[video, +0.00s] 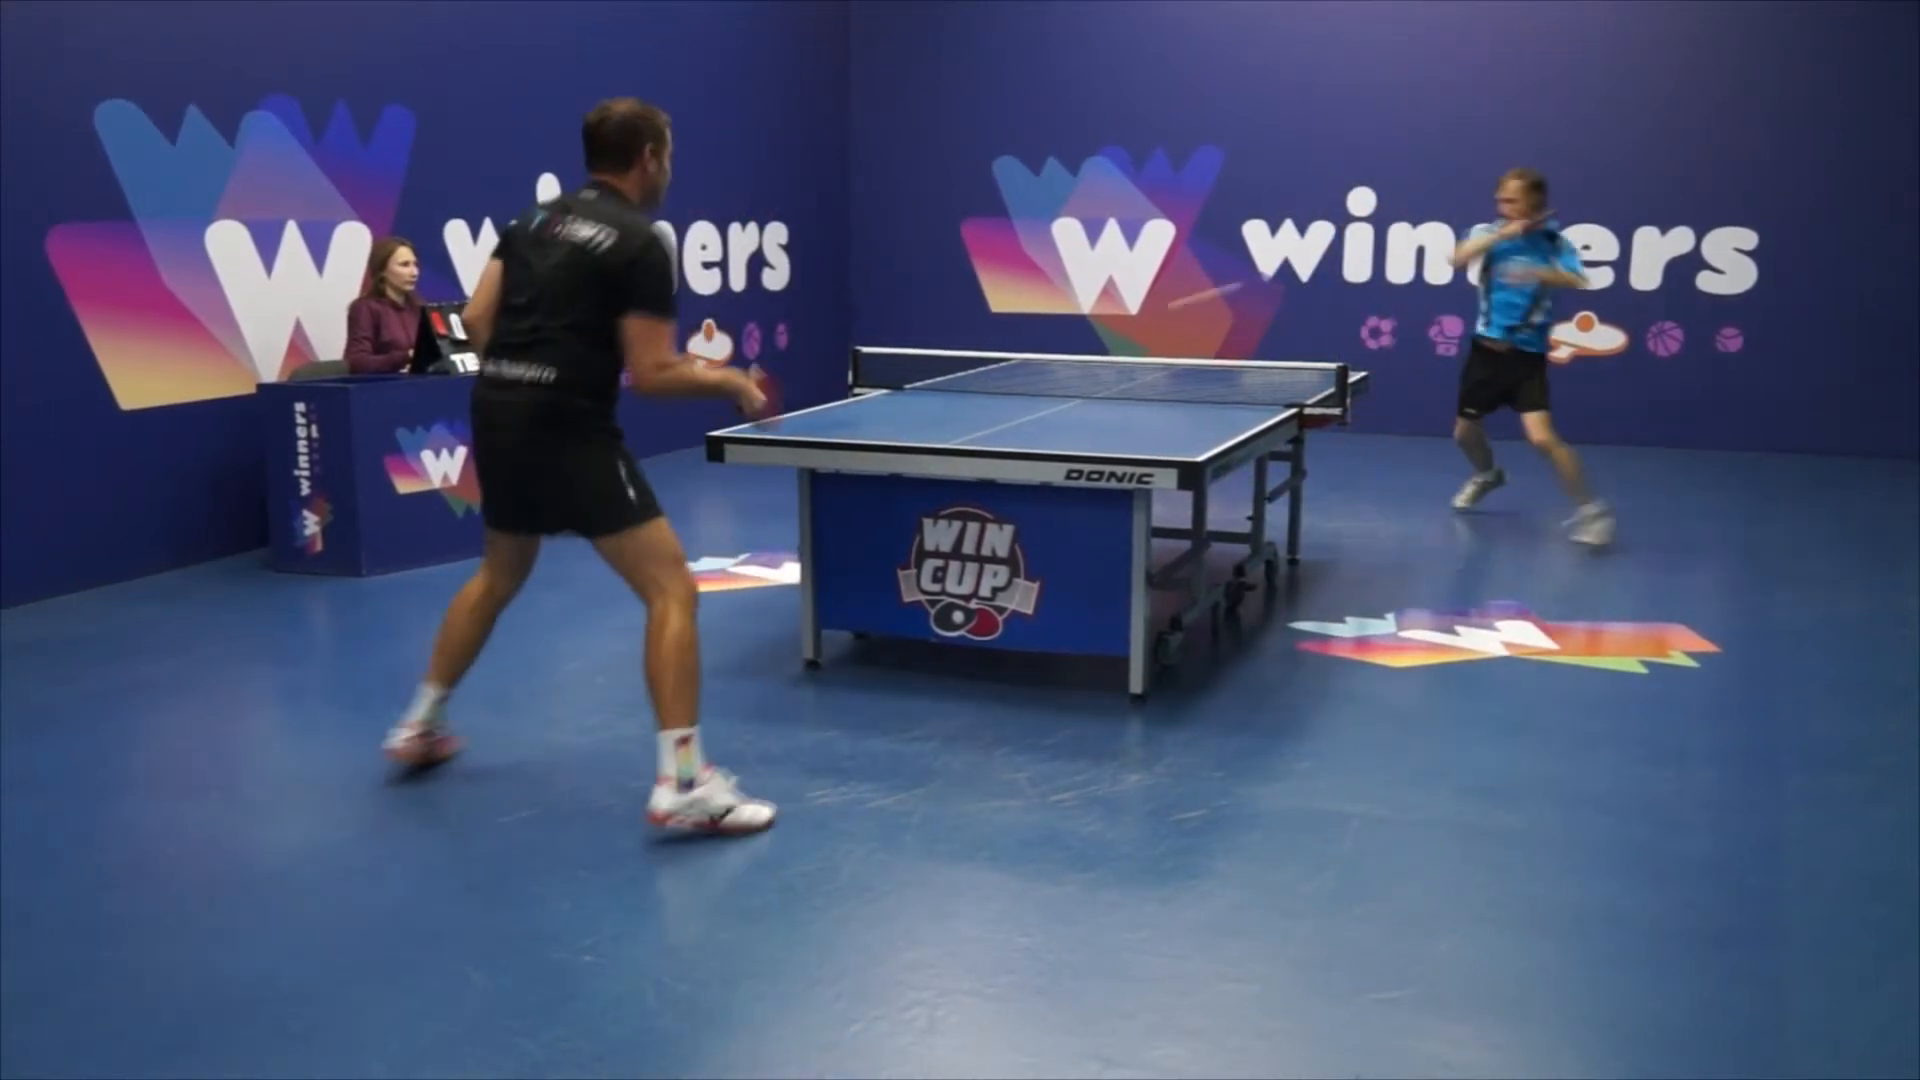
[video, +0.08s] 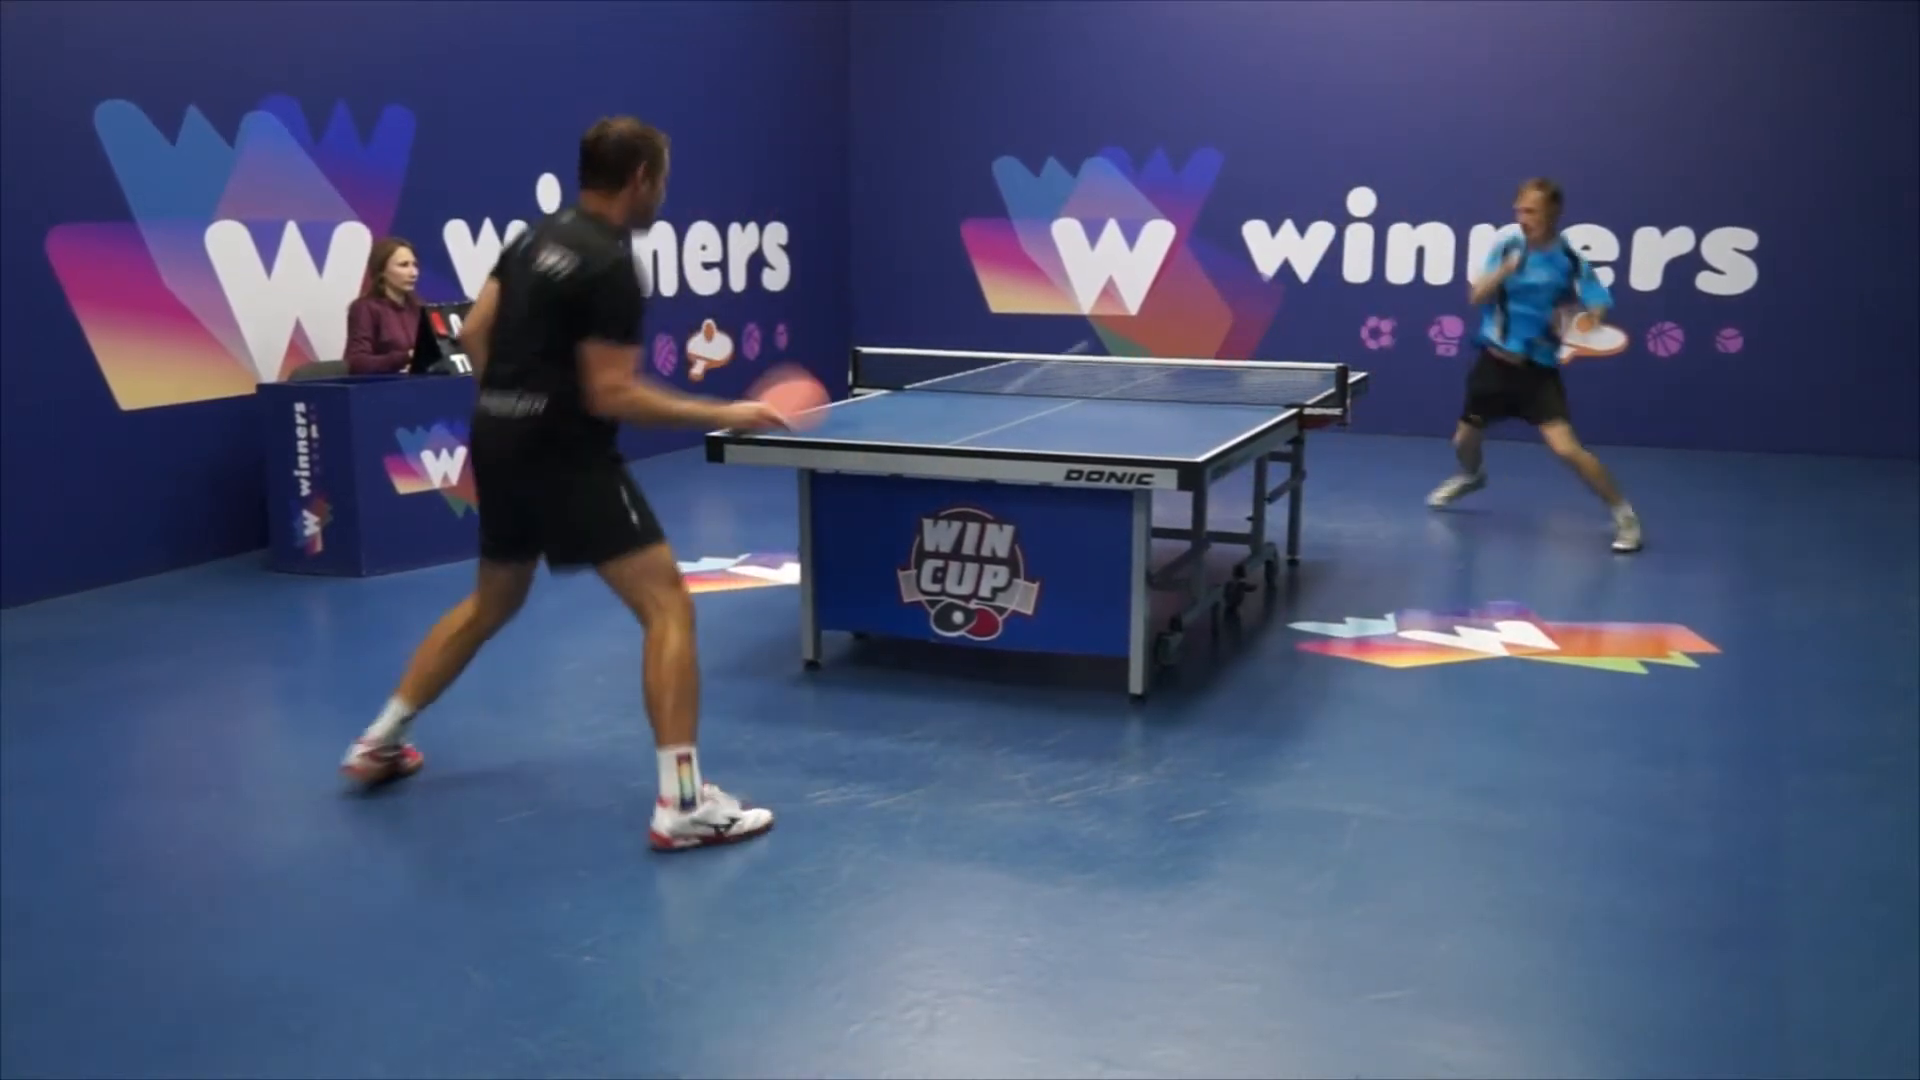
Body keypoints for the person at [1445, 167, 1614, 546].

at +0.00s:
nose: (1507, 210)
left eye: (1514, 203)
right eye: (1503, 202)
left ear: (1537, 205)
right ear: (1498, 203)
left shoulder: (1555, 244)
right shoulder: (1487, 233)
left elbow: (1577, 280)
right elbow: (1458, 259)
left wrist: (1539, 274)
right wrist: (1500, 236)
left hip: (1527, 355)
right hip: (1485, 349)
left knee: (1541, 436)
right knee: (1465, 432)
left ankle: (1589, 509)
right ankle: (1487, 474)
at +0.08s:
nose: (1525, 219)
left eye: (1533, 212)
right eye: (1520, 212)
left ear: (1554, 215)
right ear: (1516, 213)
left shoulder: (1570, 261)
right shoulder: (1506, 247)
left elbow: (1600, 304)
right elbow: (1476, 296)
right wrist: (1502, 272)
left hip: (1539, 370)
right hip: (1493, 360)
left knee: (1565, 448)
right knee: (1464, 440)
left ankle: (1623, 514)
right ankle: (1472, 477)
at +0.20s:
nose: (1523, 226)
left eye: (1532, 219)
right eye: (1519, 218)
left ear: (1551, 223)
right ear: (1514, 221)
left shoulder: (1567, 274)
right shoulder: (1500, 262)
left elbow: (1585, 325)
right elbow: (1462, 307)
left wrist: (1584, 363)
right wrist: (1486, 287)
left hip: (1549, 385)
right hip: (1500, 381)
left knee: (1578, 449)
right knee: (1452, 445)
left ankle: (1627, 519)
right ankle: (1457, 490)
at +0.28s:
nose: (1501, 215)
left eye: (1509, 208)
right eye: (1497, 207)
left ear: (1529, 212)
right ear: (1493, 210)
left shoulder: (1548, 259)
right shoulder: (1484, 251)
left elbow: (1570, 311)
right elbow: (1453, 291)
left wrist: (1562, 353)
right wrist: (1450, 288)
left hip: (1533, 371)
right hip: (1486, 368)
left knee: (1566, 436)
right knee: (1438, 427)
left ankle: (1613, 513)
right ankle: (1444, 481)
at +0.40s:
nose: (1460, 219)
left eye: (1468, 212)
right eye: (1457, 212)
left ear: (1488, 214)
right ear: (1454, 215)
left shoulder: (1514, 258)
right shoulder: (1453, 260)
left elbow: (1541, 304)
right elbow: (1437, 301)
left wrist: (1522, 352)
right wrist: (1417, 313)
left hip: (1514, 359)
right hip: (1472, 360)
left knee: (1532, 431)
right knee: (1429, 421)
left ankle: (1567, 498)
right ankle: (1408, 477)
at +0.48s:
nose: (1436, 236)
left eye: (1443, 228)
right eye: (1431, 229)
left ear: (1461, 230)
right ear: (1428, 232)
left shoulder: (1481, 270)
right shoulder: (1439, 276)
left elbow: (1505, 318)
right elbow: (1444, 318)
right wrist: (1413, 333)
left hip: (1500, 368)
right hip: (1461, 367)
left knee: (1516, 445)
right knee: (1411, 425)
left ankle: (1568, 506)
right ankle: (1392, 479)